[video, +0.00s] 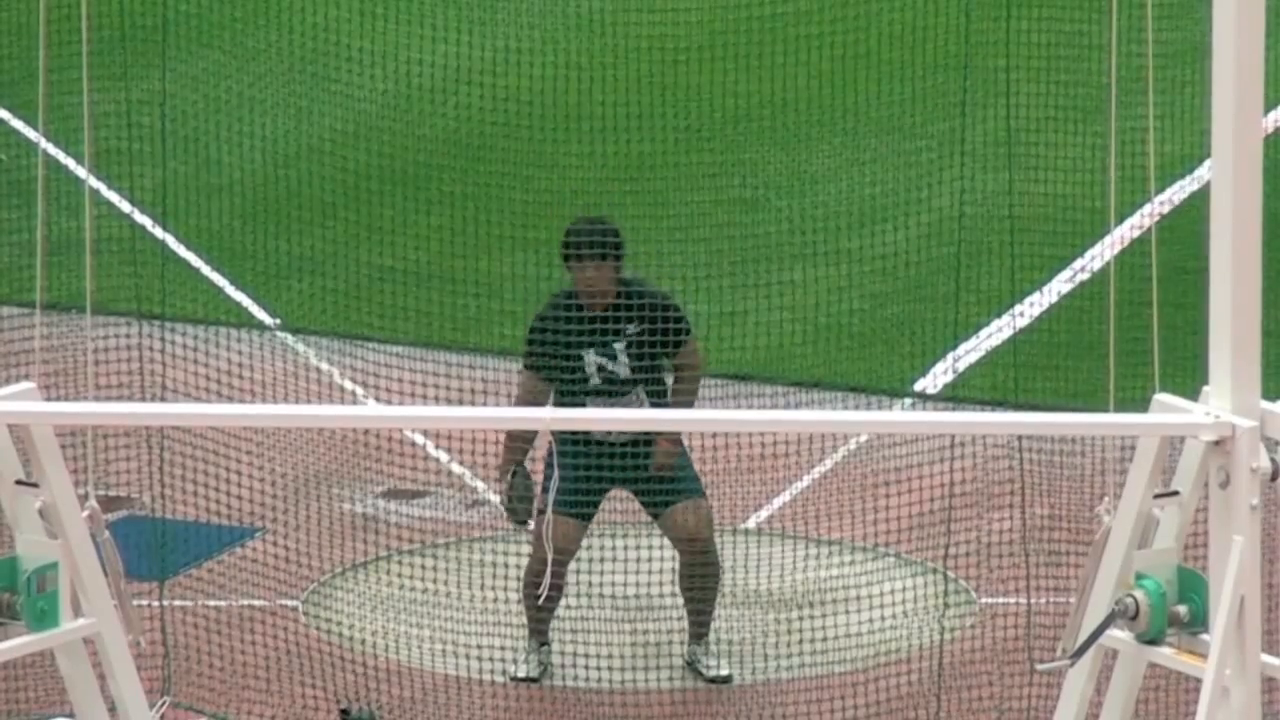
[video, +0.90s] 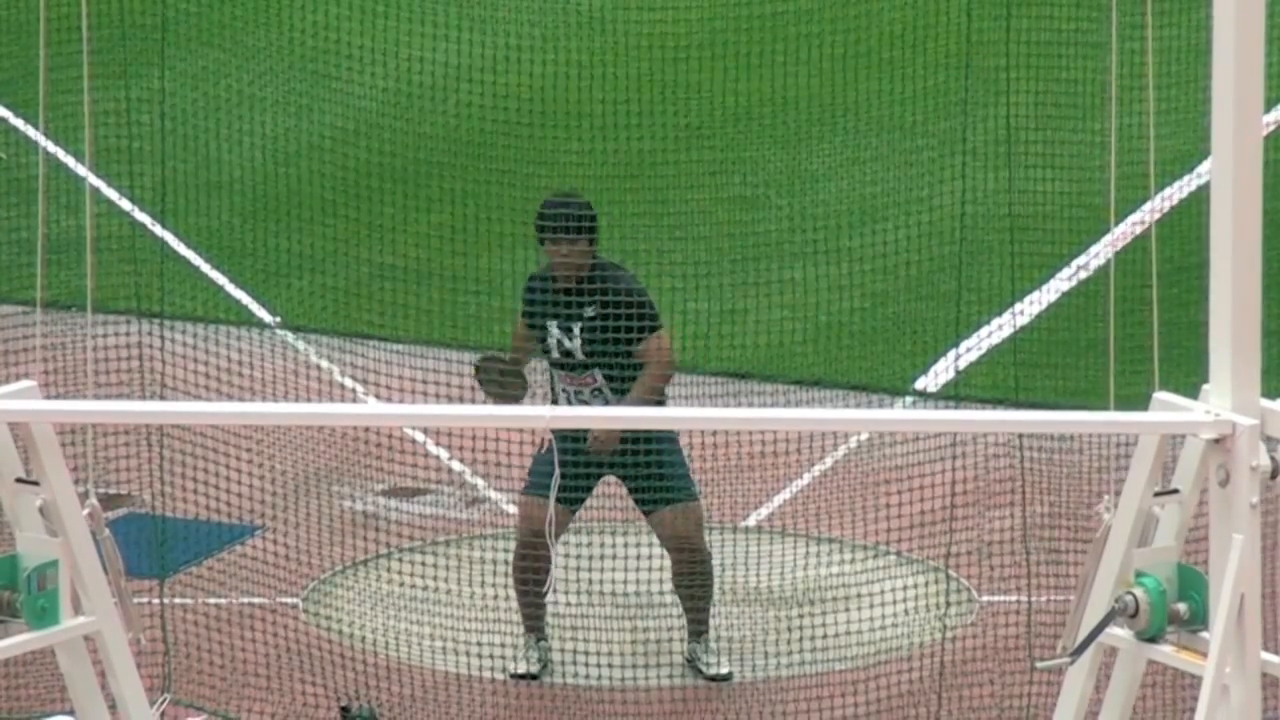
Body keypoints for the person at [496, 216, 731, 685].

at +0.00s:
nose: (592, 274)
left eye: (601, 263)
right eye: (581, 264)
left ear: (619, 264)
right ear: (568, 268)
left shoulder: (655, 310)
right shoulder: (554, 322)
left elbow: (689, 367)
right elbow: (530, 401)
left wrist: (672, 431)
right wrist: (510, 466)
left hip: (649, 443)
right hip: (579, 447)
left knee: (697, 535)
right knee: (556, 544)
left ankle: (699, 646)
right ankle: (537, 646)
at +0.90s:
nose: (562, 251)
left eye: (572, 241)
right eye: (553, 241)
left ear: (591, 243)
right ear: (542, 244)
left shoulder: (622, 290)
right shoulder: (538, 291)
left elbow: (662, 362)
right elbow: (521, 357)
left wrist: (618, 421)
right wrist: (500, 377)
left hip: (641, 428)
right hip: (573, 430)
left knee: (688, 541)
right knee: (532, 532)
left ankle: (699, 643)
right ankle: (535, 643)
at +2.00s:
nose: (688, 263)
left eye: (697, 252)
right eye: (677, 253)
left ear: (709, 253)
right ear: (659, 255)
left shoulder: (714, 291)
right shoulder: (647, 300)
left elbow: (726, 354)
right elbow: (711, 362)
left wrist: (783, 351)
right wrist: (793, 362)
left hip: (665, 430)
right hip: (602, 430)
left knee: (711, 522)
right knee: (562, 536)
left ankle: (699, 643)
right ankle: (533, 637)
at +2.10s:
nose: (682, 261)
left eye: (691, 251)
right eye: (672, 251)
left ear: (706, 252)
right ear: (657, 253)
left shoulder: (712, 288)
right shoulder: (645, 296)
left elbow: (725, 358)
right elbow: (706, 350)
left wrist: (778, 333)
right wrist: (783, 340)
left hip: (663, 429)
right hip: (601, 428)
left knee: (710, 520)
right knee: (564, 532)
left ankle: (698, 643)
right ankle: (534, 637)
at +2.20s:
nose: (678, 265)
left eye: (687, 253)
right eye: (667, 254)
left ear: (701, 254)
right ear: (650, 257)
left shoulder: (710, 290)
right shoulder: (639, 298)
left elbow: (722, 355)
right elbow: (695, 356)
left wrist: (774, 342)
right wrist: (783, 350)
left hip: (662, 430)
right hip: (598, 429)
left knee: (708, 520)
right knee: (560, 533)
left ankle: (698, 643)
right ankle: (533, 637)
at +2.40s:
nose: (635, 289)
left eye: (645, 279)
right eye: (627, 279)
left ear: (665, 275)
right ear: (617, 278)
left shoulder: (690, 306)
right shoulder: (607, 319)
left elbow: (732, 362)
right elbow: (637, 403)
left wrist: (731, 434)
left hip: (654, 436)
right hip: (591, 438)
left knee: (706, 519)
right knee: (541, 529)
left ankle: (698, 644)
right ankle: (533, 640)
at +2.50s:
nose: (608, 300)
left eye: (618, 291)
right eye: (601, 290)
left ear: (641, 288)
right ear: (592, 288)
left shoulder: (674, 317)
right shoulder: (580, 332)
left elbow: (730, 364)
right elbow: (579, 415)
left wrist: (725, 428)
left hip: (659, 442)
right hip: (587, 443)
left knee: (707, 525)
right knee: (532, 525)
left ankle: (698, 644)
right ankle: (533, 641)